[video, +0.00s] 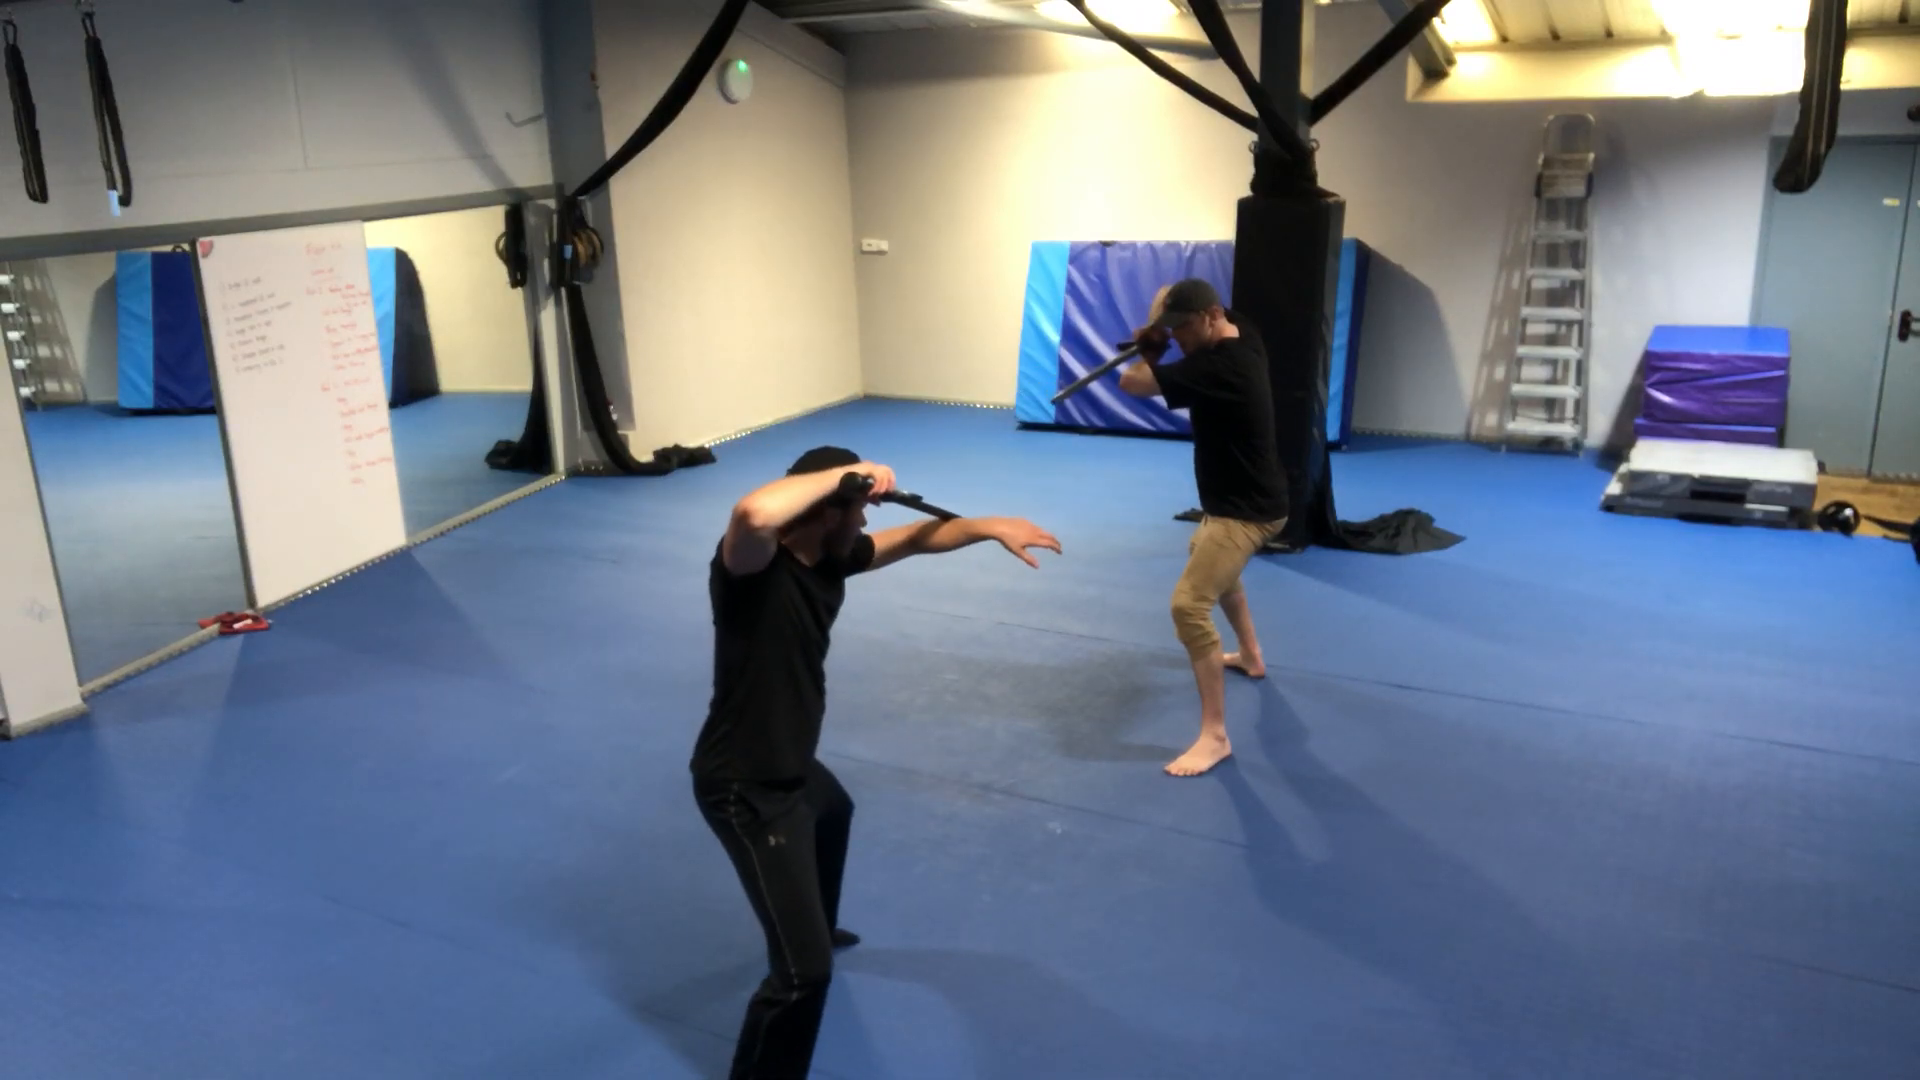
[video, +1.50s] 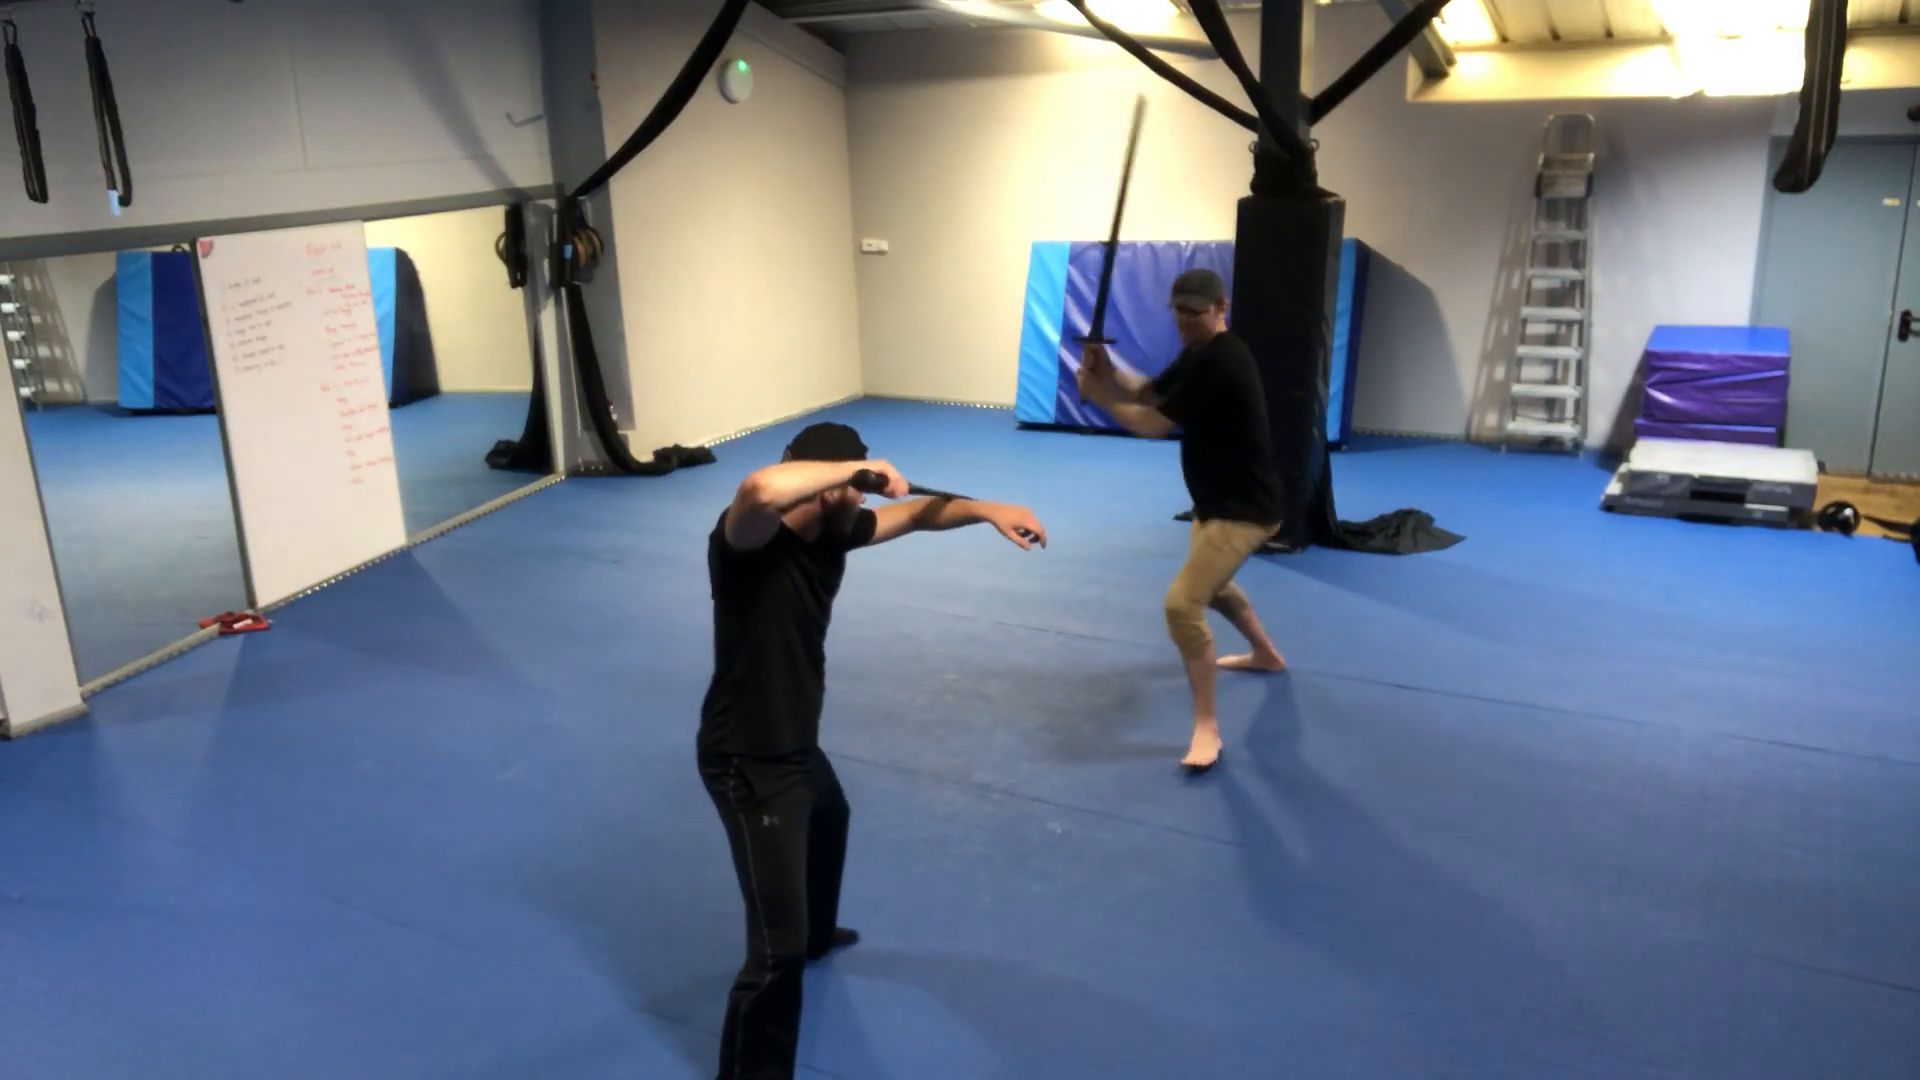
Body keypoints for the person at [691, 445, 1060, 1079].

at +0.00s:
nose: (863, 522)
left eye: (863, 508)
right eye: (854, 509)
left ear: (836, 513)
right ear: (822, 511)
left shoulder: (831, 560)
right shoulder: (752, 566)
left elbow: (916, 537)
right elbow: (753, 512)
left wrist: (991, 525)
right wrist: (842, 478)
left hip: (789, 765)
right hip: (742, 783)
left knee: (833, 812)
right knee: (804, 968)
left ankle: (813, 929)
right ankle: (758, 1076)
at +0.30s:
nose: (870, 519)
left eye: (870, 506)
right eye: (862, 506)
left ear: (839, 510)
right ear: (828, 505)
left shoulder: (837, 553)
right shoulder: (758, 558)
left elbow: (920, 529)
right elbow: (762, 505)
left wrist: (995, 520)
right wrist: (849, 473)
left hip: (792, 757)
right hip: (743, 774)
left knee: (833, 811)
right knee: (797, 960)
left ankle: (815, 929)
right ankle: (757, 1075)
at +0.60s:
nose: (869, 517)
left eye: (869, 503)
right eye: (860, 502)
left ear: (838, 504)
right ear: (827, 499)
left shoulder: (835, 548)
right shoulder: (757, 552)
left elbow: (920, 522)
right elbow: (763, 498)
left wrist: (994, 513)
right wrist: (849, 467)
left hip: (793, 754)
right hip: (745, 768)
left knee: (835, 811)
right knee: (794, 955)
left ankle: (814, 928)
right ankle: (757, 1075)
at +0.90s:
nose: (870, 513)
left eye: (870, 499)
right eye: (861, 500)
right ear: (827, 498)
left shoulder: (831, 545)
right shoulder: (754, 551)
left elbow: (914, 520)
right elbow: (769, 499)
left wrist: (987, 507)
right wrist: (857, 470)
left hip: (791, 751)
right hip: (744, 764)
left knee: (833, 809)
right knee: (787, 952)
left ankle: (814, 930)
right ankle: (753, 1075)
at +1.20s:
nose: (867, 511)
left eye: (866, 497)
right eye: (858, 497)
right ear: (823, 497)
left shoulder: (831, 542)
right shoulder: (749, 547)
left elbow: (917, 513)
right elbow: (763, 488)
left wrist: (986, 502)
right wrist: (859, 465)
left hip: (794, 748)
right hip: (744, 762)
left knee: (835, 809)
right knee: (780, 949)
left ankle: (812, 930)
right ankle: (751, 1074)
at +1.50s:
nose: (860, 505)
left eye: (863, 493)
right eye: (853, 491)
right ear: (818, 486)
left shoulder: (831, 536)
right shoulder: (746, 540)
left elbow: (915, 512)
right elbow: (759, 488)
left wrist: (989, 509)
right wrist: (853, 469)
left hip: (795, 749)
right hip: (746, 758)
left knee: (829, 818)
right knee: (780, 949)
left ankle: (810, 933)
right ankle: (752, 1073)